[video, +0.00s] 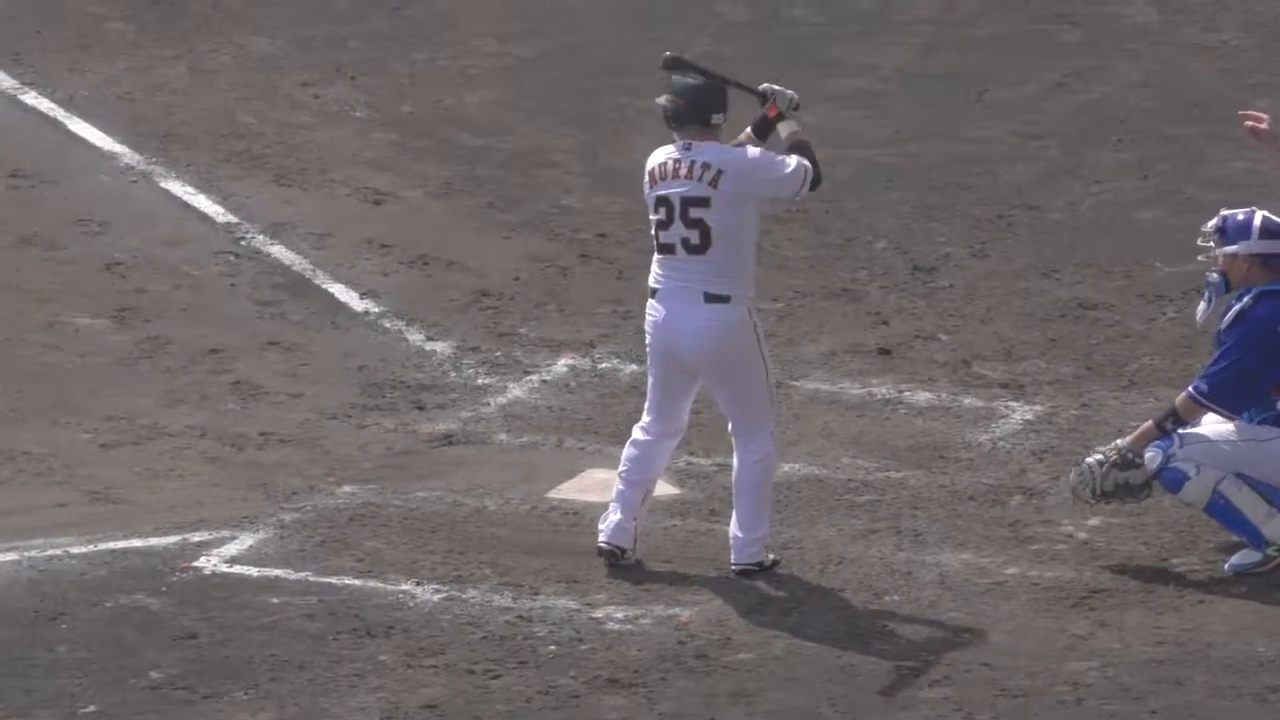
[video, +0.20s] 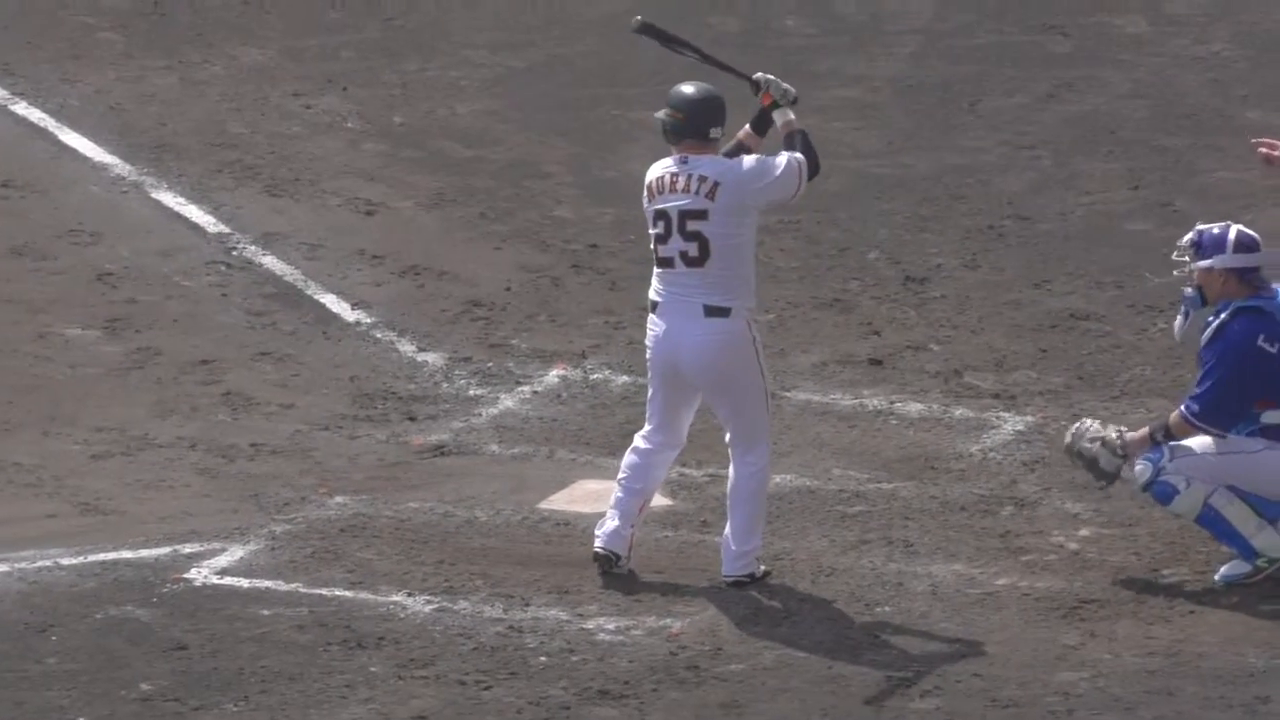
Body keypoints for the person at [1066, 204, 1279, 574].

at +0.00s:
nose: (1216, 262)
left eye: (1223, 254)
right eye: (1218, 254)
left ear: (1248, 261)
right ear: (1250, 261)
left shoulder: (1262, 318)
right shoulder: (1258, 304)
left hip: (1272, 444)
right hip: (1266, 432)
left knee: (1169, 455)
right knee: (1191, 430)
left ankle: (1271, 538)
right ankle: (1267, 515)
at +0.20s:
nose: (1191, 276)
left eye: (1198, 268)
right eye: (1194, 267)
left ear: (1223, 275)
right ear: (1229, 274)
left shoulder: (1239, 333)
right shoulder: (1266, 301)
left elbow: (1199, 417)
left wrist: (1137, 439)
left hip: (1271, 455)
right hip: (1269, 443)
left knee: (1158, 466)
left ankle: (1264, 551)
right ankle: (1268, 530)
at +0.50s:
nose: (1149, 292)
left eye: (1155, 285)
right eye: (1151, 284)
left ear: (1180, 293)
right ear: (1200, 290)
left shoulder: (1196, 352)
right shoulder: (1238, 313)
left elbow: (1179, 439)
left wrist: (1141, 417)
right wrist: (1158, 386)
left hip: (1258, 476)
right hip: (1269, 461)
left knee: (1120, 483)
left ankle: (1233, 557)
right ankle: (1254, 530)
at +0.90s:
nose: (1116, 314)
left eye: (1121, 307)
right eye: (1117, 305)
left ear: (1145, 314)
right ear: (1170, 305)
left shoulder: (1164, 375)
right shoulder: (1202, 316)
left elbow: (1139, 461)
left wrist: (1110, 417)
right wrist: (1126, 384)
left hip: (1237, 490)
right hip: (1270, 464)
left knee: (1094, 498)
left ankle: (1209, 561)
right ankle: (1228, 520)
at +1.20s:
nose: (1112, 313)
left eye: (1118, 306)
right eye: (1113, 305)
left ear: (1141, 312)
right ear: (1165, 307)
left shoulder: (1158, 367)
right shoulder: (1195, 328)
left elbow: (1121, 448)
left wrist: (1097, 414)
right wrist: (1117, 391)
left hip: (1228, 493)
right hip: (1264, 472)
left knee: (1083, 507)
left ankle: (1196, 571)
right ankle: (1209, 532)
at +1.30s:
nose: (1112, 316)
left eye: (1118, 308)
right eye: (1114, 307)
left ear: (1141, 314)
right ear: (1160, 311)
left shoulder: (1154, 362)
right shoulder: (1190, 332)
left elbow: (1120, 445)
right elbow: (1130, 388)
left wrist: (1080, 432)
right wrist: (1089, 410)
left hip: (1216, 494)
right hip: (1242, 477)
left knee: (1081, 515)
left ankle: (1189, 574)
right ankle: (1203, 540)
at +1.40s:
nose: (1109, 319)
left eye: (1115, 311)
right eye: (1110, 310)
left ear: (1138, 316)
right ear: (1162, 313)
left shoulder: (1152, 364)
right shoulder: (1196, 335)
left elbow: (1119, 450)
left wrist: (1073, 463)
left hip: (1211, 495)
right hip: (1245, 481)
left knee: (1076, 528)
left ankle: (1188, 578)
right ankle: (1201, 553)